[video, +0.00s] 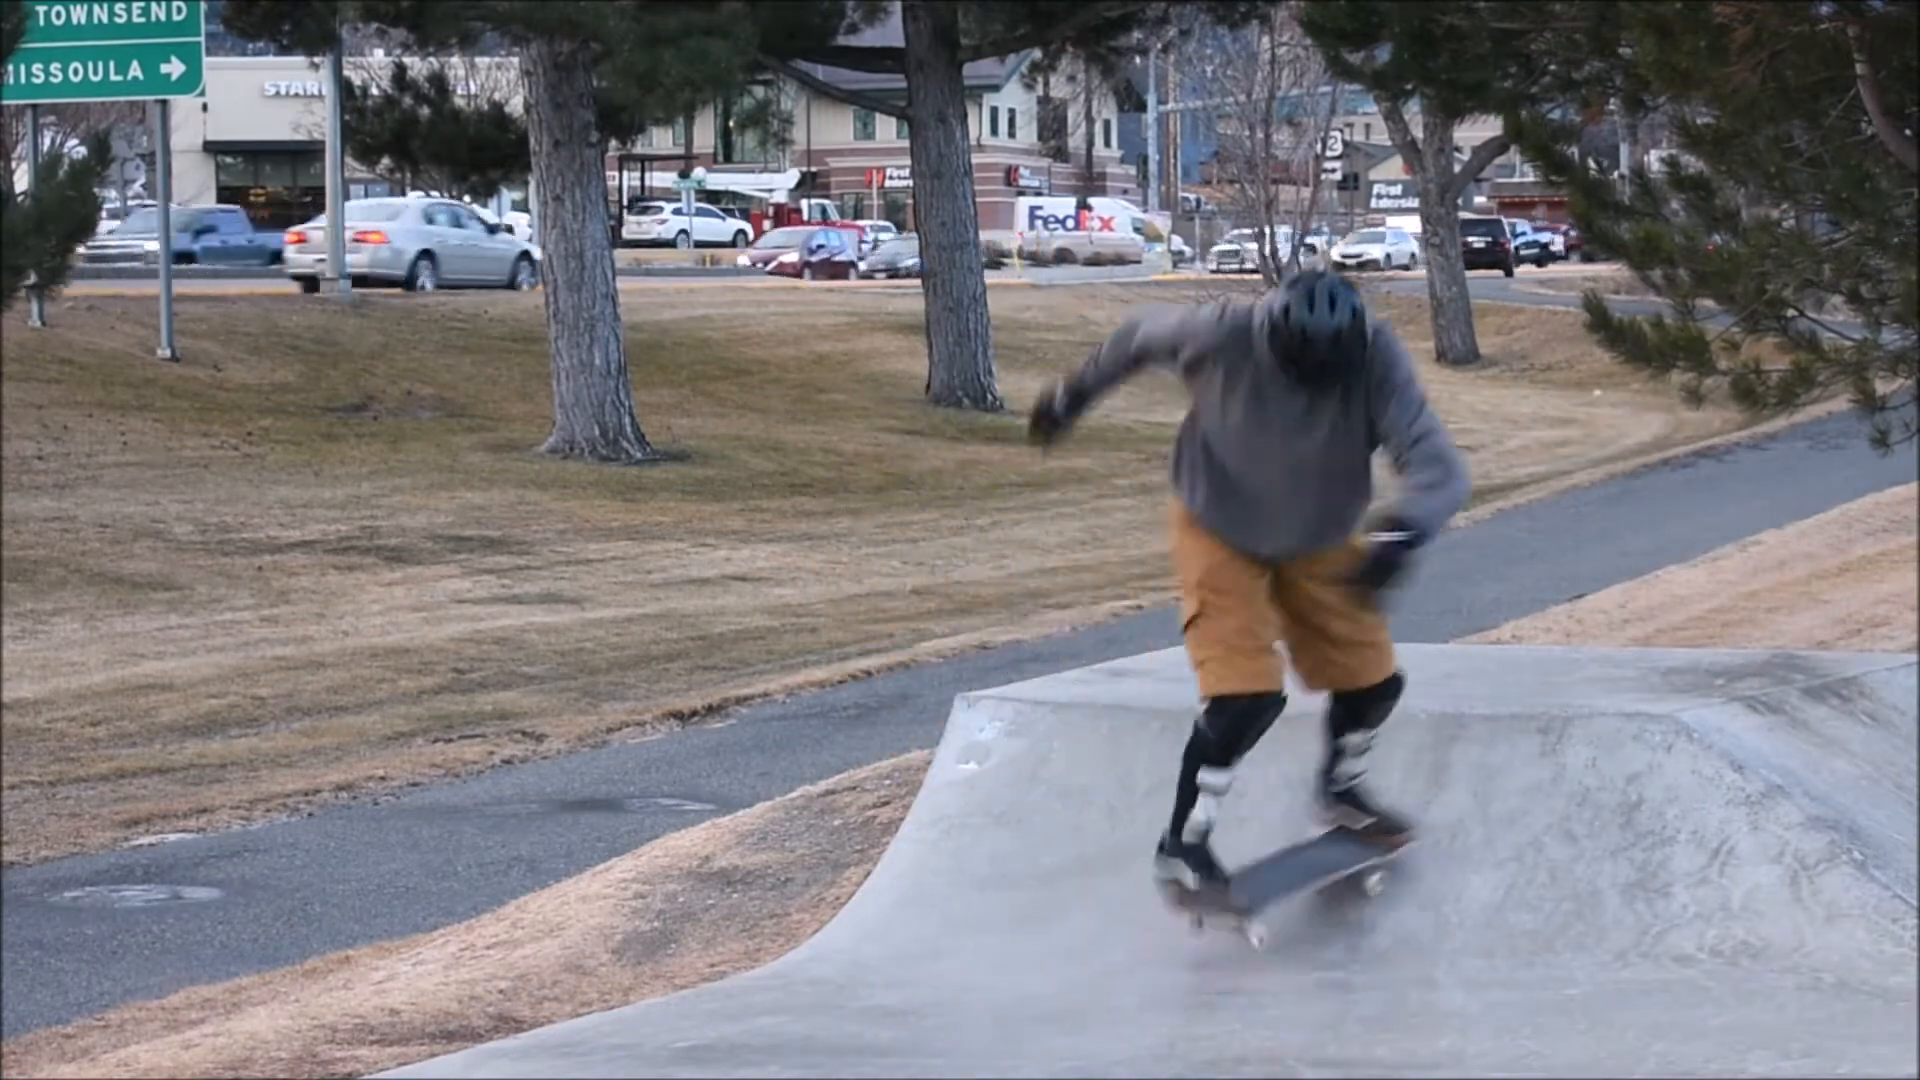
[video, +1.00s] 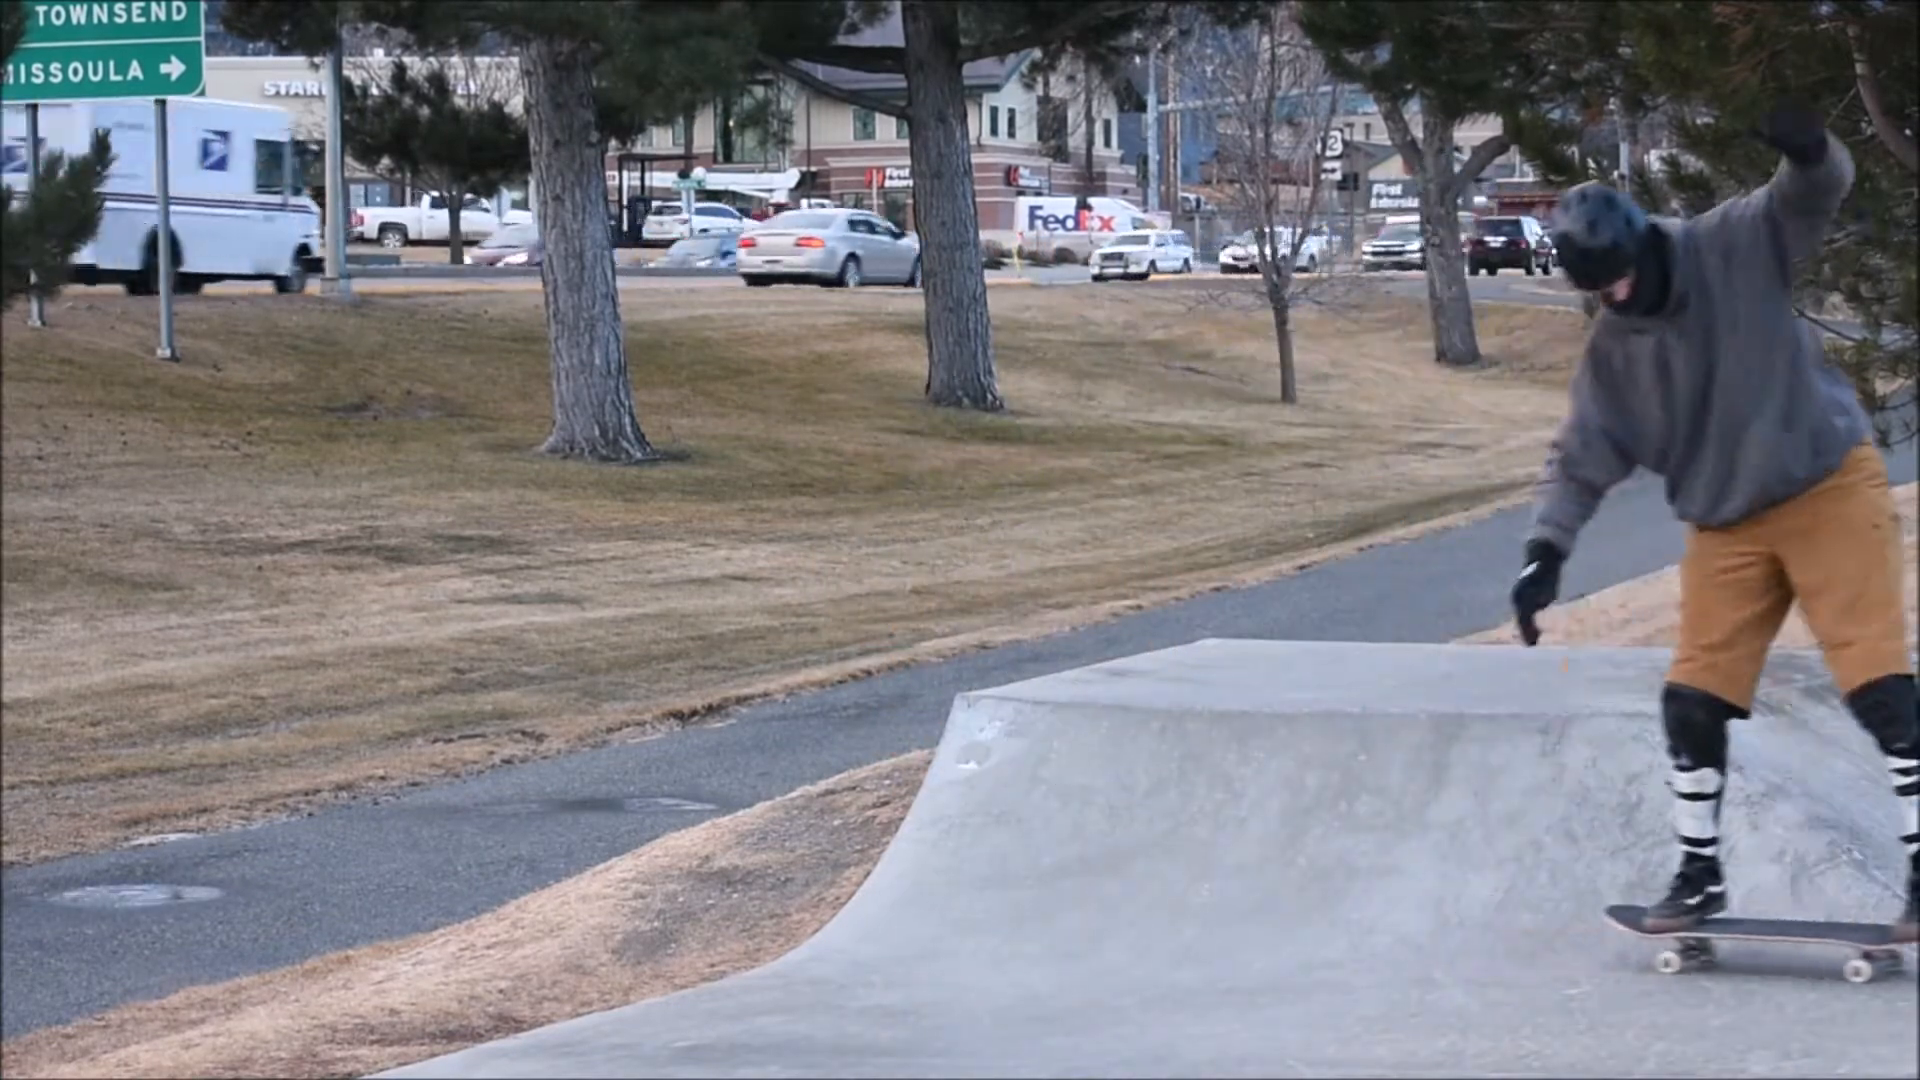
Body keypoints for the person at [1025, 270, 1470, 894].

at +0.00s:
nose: (1315, 383)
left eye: (1329, 372)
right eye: (1302, 370)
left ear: (1354, 344)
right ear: (1276, 339)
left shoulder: (1377, 357)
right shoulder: (1223, 335)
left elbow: (1440, 469)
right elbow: (1137, 337)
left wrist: (1402, 536)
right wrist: (1069, 398)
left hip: (1321, 535)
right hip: (1219, 530)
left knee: (1371, 685)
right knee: (1247, 695)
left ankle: (1340, 790)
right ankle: (1184, 845)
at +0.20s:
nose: (1310, 330)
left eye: (1322, 319)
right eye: (1295, 319)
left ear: (1359, 290)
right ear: (1280, 286)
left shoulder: (1445, 290)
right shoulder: (1258, 274)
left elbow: (1567, 277)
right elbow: (1157, 285)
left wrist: (1667, 324)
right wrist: (1074, 356)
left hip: (1439, 441)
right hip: (1339, 434)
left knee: (1450, 626)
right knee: (1291, 575)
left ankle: (1518, 767)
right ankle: (1368, 634)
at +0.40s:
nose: (1324, 325)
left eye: (1328, 315)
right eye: (1313, 314)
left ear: (1353, 288)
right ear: (1317, 275)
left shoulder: (1457, 292)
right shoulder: (1342, 268)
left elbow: (1580, 334)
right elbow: (1259, 308)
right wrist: (1181, 373)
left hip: (1534, 461)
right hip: (1459, 457)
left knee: (1458, 648)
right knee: (1383, 579)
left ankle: (1534, 799)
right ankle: (1450, 675)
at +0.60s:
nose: (1438, 272)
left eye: (1443, 256)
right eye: (1425, 263)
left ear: (1473, 223)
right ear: (1412, 248)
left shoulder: (1559, 257)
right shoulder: (1426, 285)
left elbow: (1687, 307)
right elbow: (1358, 308)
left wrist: (1682, 418)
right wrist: (1286, 348)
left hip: (1596, 483)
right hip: (1503, 492)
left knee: (1555, 675)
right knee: (1450, 651)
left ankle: (1611, 845)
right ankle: (1502, 761)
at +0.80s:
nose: (1503, 308)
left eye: (1508, 291)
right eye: (1488, 299)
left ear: (1535, 255)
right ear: (1475, 289)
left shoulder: (1629, 261)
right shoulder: (1505, 350)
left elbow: (1722, 224)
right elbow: (1461, 413)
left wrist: (1800, 213)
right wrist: (1411, 472)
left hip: (1706, 499)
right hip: (1608, 522)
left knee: (1721, 690)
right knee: (1564, 699)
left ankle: (1794, 865)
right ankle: (1570, 875)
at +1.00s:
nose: (1615, 294)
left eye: (1620, 274)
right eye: (1597, 288)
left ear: (1646, 241)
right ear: (1583, 283)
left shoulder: (1727, 242)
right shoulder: (1610, 361)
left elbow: (1806, 204)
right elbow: (1580, 463)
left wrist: (1810, 154)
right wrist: (1545, 553)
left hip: (1831, 485)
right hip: (1725, 524)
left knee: (1881, 692)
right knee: (1693, 710)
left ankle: (1919, 858)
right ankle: (1699, 876)